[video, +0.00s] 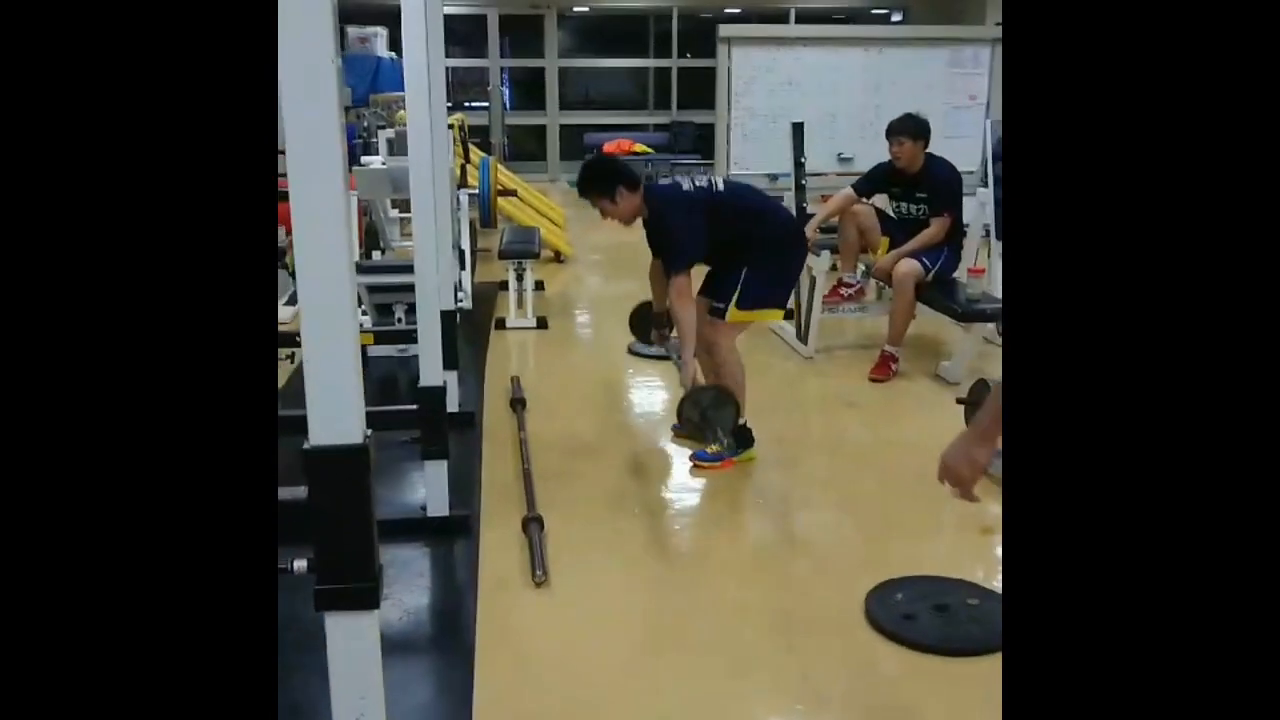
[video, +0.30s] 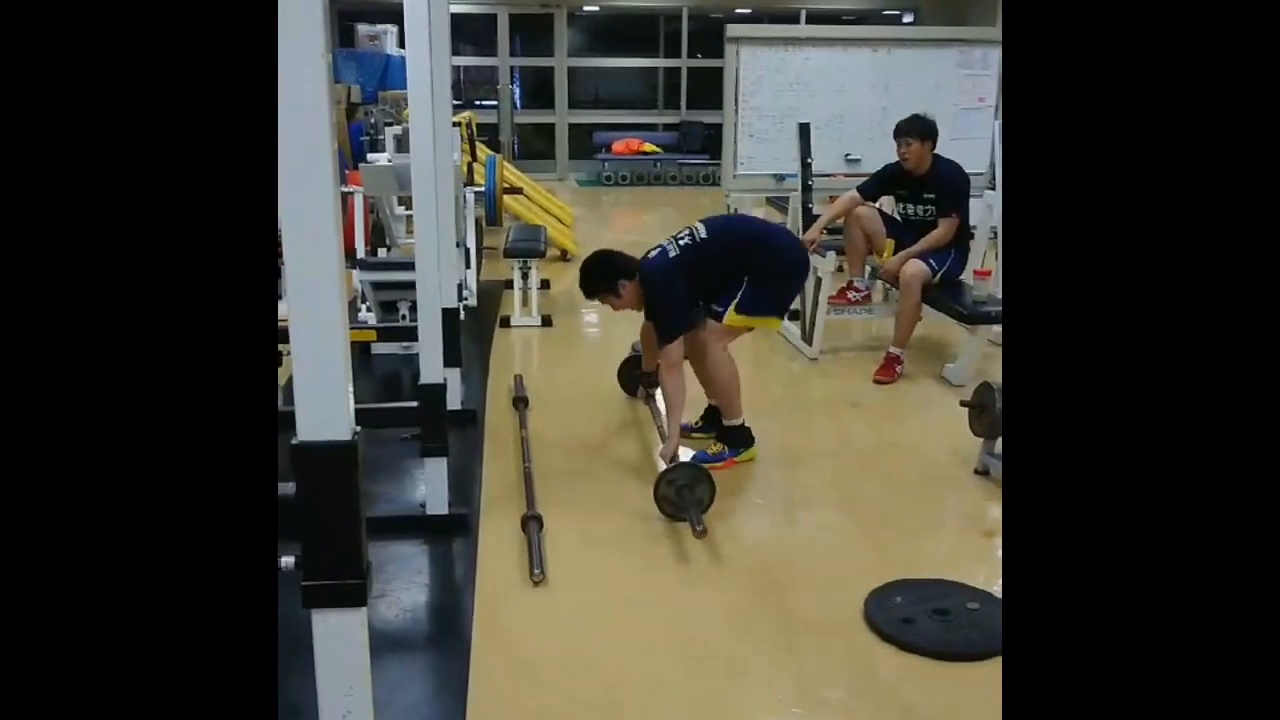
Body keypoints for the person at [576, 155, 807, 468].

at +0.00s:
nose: (605, 216)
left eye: (603, 207)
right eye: (599, 210)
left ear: (622, 192)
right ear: (624, 189)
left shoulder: (669, 214)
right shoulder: (656, 206)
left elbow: (683, 296)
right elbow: (659, 269)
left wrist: (688, 361)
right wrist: (660, 317)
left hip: (775, 246)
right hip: (748, 242)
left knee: (717, 334)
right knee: (699, 319)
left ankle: (737, 432)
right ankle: (715, 416)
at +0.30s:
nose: (614, 308)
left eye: (610, 300)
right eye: (608, 303)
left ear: (623, 286)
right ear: (625, 278)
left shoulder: (663, 285)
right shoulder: (650, 275)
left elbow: (672, 367)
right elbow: (651, 329)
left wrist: (672, 439)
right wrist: (649, 373)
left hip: (781, 262)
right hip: (759, 255)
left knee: (712, 341)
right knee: (694, 334)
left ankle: (737, 439)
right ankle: (718, 418)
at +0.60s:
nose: (610, 337)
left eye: (604, 331)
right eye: (602, 333)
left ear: (613, 316)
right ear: (611, 308)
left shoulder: (655, 313)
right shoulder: (641, 295)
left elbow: (673, 383)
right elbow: (664, 348)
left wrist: (676, 447)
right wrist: (653, 367)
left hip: (781, 268)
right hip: (756, 279)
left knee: (823, 364)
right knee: (803, 359)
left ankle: (912, 342)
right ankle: (903, 348)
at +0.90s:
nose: (605, 370)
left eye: (602, 362)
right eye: (598, 364)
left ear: (616, 346)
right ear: (617, 336)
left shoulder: (658, 346)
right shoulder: (647, 332)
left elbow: (692, 389)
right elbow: (663, 368)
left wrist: (681, 455)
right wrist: (643, 386)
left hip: (785, 396)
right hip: (774, 393)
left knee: (876, 411)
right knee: (866, 403)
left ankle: (971, 405)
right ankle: (952, 396)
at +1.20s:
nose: (592, 413)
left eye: (588, 406)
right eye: (586, 408)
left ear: (598, 392)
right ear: (600, 377)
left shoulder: (639, 380)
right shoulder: (632, 362)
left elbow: (680, 388)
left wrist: (676, 447)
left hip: (776, 421)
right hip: (768, 398)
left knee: (868, 419)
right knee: (852, 408)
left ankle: (962, 405)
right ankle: (940, 391)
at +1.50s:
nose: (599, 360)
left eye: (595, 353)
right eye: (591, 354)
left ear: (607, 338)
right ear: (609, 325)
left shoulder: (652, 345)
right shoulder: (641, 321)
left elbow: (683, 389)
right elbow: (648, 359)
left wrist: (672, 454)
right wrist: (628, 377)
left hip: (772, 398)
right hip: (764, 383)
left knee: (863, 410)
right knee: (854, 398)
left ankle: (959, 405)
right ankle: (945, 396)